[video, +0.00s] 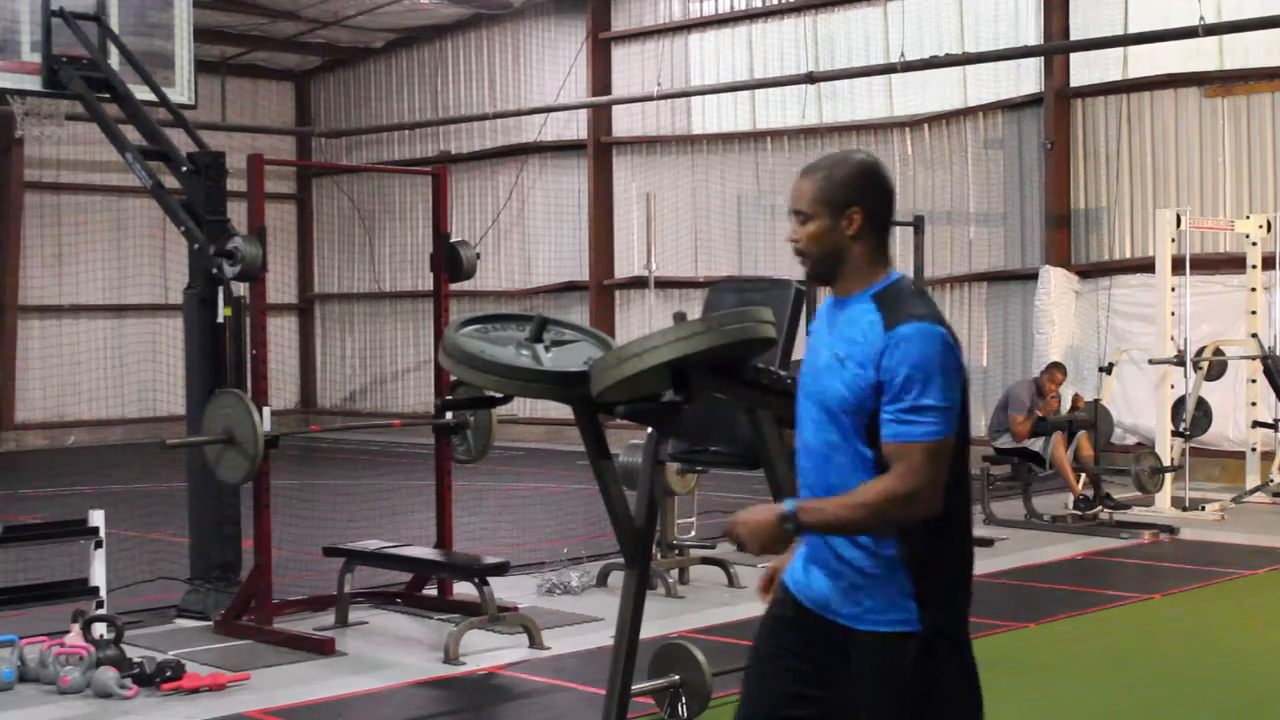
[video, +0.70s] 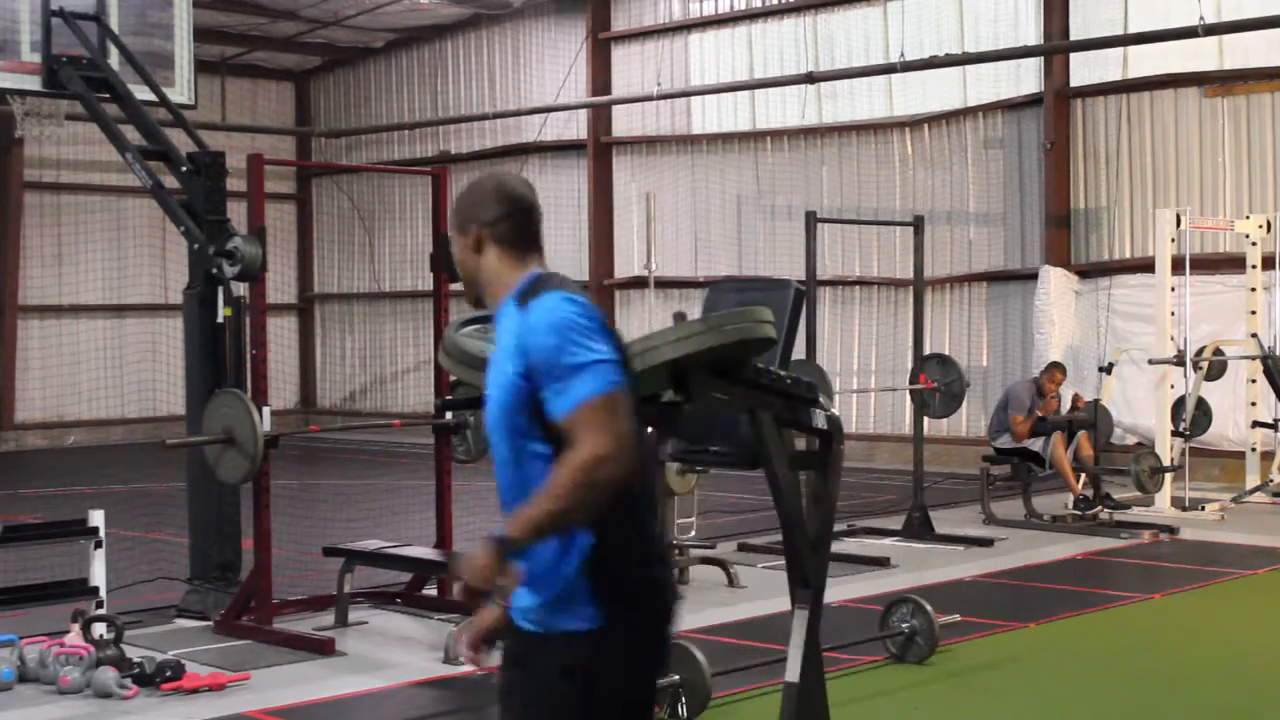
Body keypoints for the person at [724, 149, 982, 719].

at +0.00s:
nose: (791, 236)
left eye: (803, 219)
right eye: (793, 219)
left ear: (852, 223)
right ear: (845, 226)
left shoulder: (915, 338)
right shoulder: (829, 314)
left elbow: (916, 491)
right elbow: (840, 458)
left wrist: (785, 517)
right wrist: (800, 551)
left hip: (892, 626)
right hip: (809, 605)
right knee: (764, 711)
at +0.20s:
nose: (712, 255)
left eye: (721, 236)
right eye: (712, 238)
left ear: (770, 232)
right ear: (766, 234)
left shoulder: (857, 333)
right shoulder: (752, 335)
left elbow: (878, 484)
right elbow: (783, 480)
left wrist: (750, 536)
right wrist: (734, 584)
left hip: (850, 629)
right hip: (759, 613)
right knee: (705, 709)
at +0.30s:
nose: (652, 269)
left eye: (662, 249)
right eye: (650, 252)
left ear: (711, 242)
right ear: (704, 246)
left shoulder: (806, 338)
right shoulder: (696, 348)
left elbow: (845, 482)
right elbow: (725, 496)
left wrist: (733, 553)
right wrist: (694, 604)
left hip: (816, 637)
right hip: (724, 628)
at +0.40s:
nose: (581, 283)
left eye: (591, 263)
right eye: (580, 266)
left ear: (639, 256)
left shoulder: (742, 344)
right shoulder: (634, 372)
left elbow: (802, 478)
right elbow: (664, 521)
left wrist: (701, 574)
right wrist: (645, 631)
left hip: (765, 652)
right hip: (673, 652)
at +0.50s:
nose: (512, 288)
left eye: (519, 268)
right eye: (512, 272)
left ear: (561, 264)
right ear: (554, 267)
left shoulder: (661, 344)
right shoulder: (585, 360)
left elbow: (734, 468)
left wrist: (651, 580)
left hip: (707, 645)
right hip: (624, 636)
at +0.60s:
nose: (471, 280)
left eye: (473, 264)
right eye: (469, 266)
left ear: (507, 258)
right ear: (518, 259)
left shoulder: (598, 330)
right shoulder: (545, 341)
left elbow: (668, 457)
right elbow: (585, 501)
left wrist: (578, 566)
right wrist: (545, 627)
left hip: (647, 638)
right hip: (579, 634)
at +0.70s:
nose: (454, 263)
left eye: (454, 246)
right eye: (454, 248)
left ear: (474, 240)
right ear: (529, 234)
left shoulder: (553, 316)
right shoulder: (523, 323)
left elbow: (607, 449)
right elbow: (564, 497)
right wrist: (508, 606)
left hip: (588, 627)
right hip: (551, 624)